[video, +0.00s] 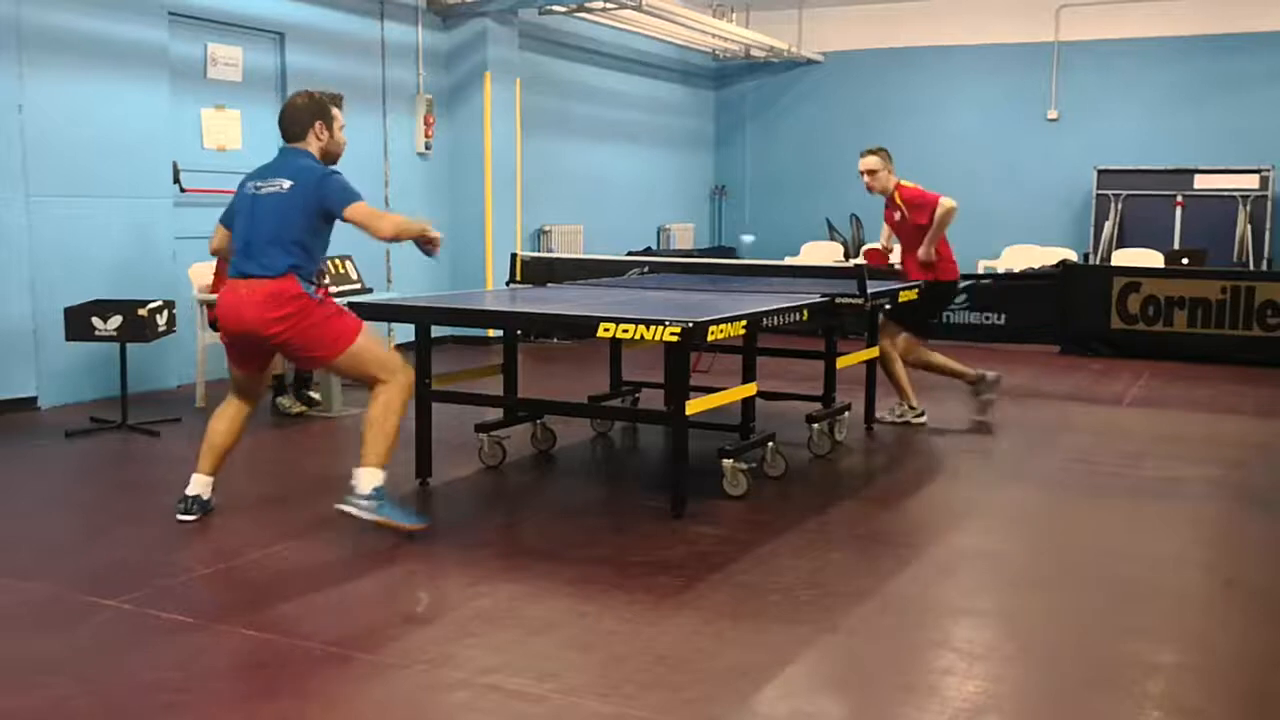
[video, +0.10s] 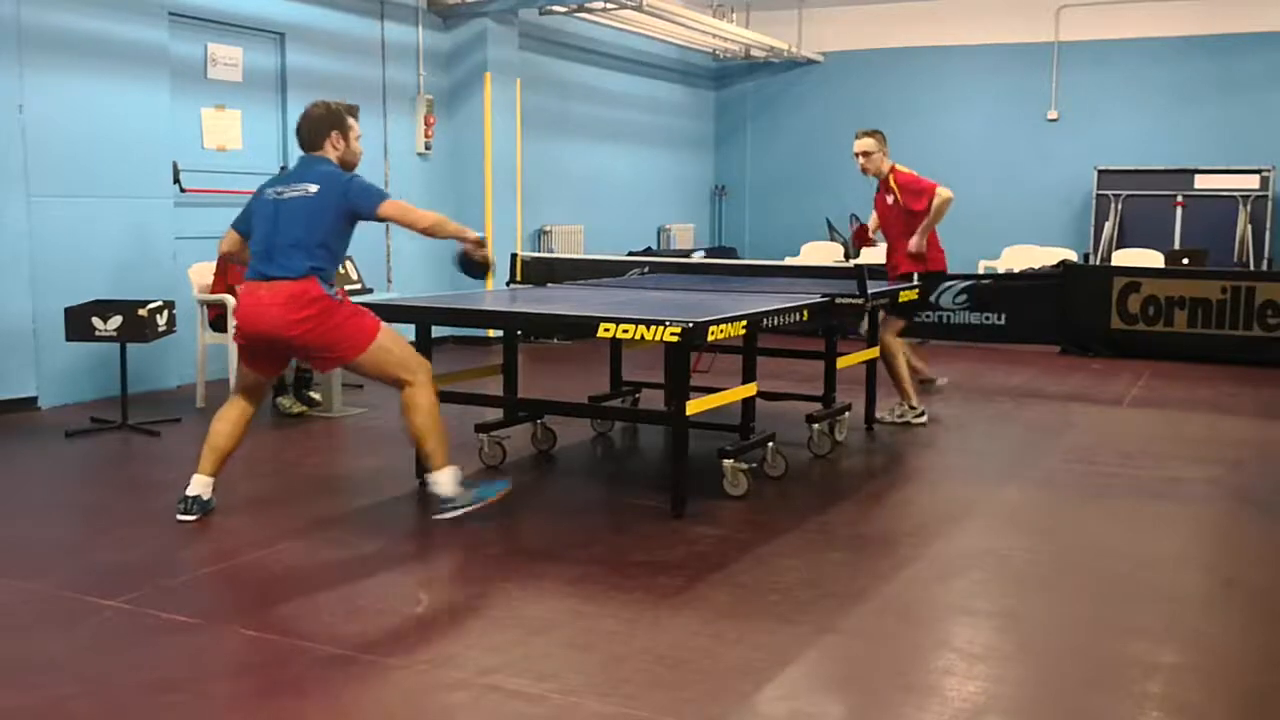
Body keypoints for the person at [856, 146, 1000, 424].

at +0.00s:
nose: (866, 180)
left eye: (872, 173)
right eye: (862, 175)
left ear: (889, 171)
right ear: (862, 177)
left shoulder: (907, 193)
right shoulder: (891, 200)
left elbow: (947, 206)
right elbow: (890, 221)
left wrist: (929, 244)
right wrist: (885, 243)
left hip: (936, 280)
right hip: (921, 280)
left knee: (884, 339)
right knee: (907, 352)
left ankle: (910, 406)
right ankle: (978, 378)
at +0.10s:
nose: (861, 162)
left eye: (866, 155)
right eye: (857, 156)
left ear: (883, 154)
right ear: (857, 159)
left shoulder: (901, 178)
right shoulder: (882, 189)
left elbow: (944, 195)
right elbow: (878, 220)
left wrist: (921, 234)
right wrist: (866, 234)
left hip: (920, 271)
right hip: (901, 272)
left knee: (887, 335)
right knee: (887, 334)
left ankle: (911, 405)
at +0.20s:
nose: (856, 148)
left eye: (862, 141)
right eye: (852, 143)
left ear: (878, 141)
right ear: (853, 146)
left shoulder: (898, 168)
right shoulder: (870, 174)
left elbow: (941, 192)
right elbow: (870, 208)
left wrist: (916, 230)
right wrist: (852, 232)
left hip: (914, 263)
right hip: (889, 264)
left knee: (893, 327)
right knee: (858, 323)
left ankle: (914, 403)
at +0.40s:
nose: (852, 149)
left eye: (858, 142)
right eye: (849, 143)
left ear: (875, 142)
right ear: (848, 146)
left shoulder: (897, 174)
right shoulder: (854, 179)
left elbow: (938, 203)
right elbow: (850, 216)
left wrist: (910, 235)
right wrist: (837, 236)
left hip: (898, 272)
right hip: (863, 273)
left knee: (896, 331)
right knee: (842, 327)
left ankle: (928, 393)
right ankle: (853, 385)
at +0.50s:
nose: (851, 147)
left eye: (857, 140)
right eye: (847, 142)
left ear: (873, 140)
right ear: (846, 144)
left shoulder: (897, 170)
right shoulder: (851, 177)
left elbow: (937, 198)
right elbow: (850, 213)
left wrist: (906, 229)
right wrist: (836, 239)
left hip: (901, 270)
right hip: (863, 273)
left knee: (916, 327)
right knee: (843, 326)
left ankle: (937, 390)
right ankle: (853, 385)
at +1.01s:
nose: (796, 189)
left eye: (799, 181)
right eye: (792, 184)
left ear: (818, 175)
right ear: (796, 184)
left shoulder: (855, 182)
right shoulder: (810, 210)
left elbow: (900, 185)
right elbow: (797, 241)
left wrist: (905, 226)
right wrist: (767, 238)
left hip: (892, 275)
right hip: (850, 282)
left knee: (926, 333)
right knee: (814, 338)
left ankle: (949, 397)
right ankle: (789, 399)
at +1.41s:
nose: (804, 167)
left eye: (810, 160)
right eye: (800, 161)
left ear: (827, 159)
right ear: (798, 163)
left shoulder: (852, 185)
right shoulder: (798, 197)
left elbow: (891, 212)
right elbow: (786, 236)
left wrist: (865, 240)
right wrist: (773, 245)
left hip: (861, 277)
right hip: (818, 279)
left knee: (895, 334)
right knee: (794, 333)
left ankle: (916, 388)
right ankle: (776, 395)